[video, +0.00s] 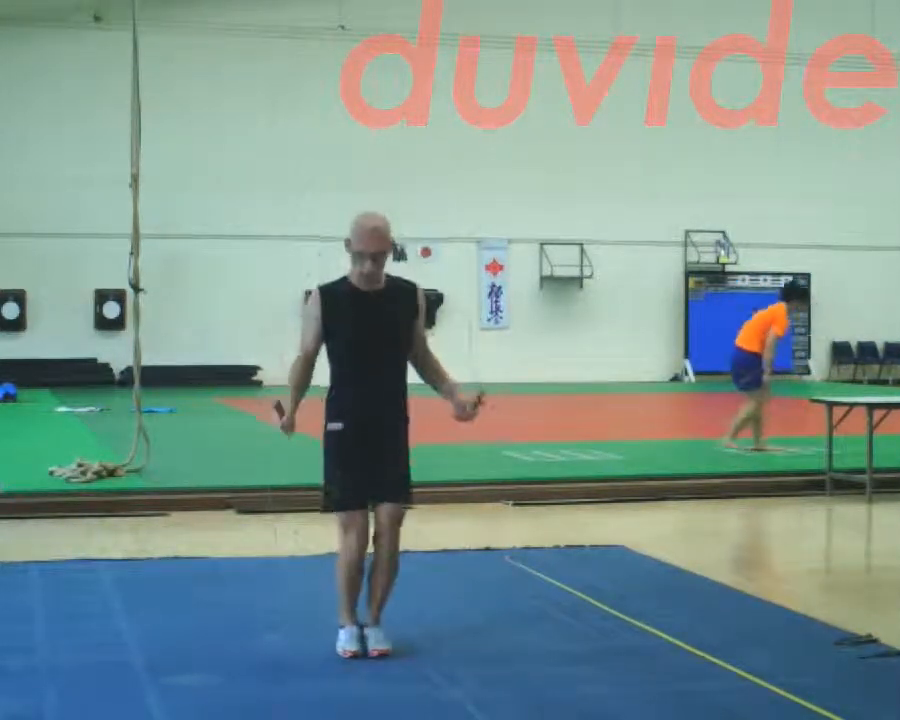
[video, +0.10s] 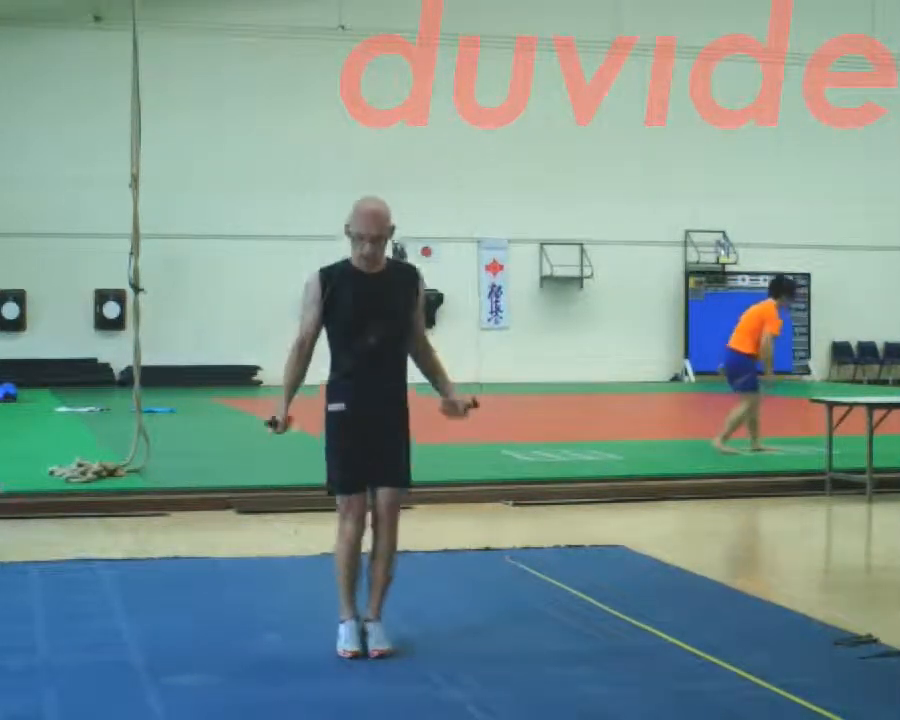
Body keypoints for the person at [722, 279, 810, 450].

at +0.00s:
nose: (801, 306)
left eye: (802, 302)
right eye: (800, 301)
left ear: (787, 297)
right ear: (794, 300)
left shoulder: (773, 309)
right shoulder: (781, 314)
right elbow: (770, 341)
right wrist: (767, 369)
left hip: (744, 352)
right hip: (749, 355)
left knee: (758, 398)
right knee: (758, 398)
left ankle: (758, 442)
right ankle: (729, 437)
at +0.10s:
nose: (791, 300)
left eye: (791, 296)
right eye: (790, 296)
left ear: (774, 292)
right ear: (783, 295)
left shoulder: (761, 307)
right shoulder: (772, 312)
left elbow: (743, 332)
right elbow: (766, 341)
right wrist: (769, 369)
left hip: (736, 354)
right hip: (742, 356)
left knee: (754, 399)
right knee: (750, 399)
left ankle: (755, 442)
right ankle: (720, 438)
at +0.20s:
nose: (780, 292)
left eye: (780, 288)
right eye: (778, 288)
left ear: (760, 287)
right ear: (772, 289)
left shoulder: (747, 304)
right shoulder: (761, 306)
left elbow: (724, 330)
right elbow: (761, 339)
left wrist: (717, 357)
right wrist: (770, 365)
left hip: (726, 353)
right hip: (736, 356)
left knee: (746, 402)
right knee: (741, 402)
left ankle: (753, 441)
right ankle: (720, 442)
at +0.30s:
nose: (770, 287)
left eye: (770, 283)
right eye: (768, 283)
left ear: (749, 282)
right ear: (764, 284)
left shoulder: (737, 300)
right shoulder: (755, 303)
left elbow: (718, 327)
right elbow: (755, 335)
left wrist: (712, 353)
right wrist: (767, 362)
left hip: (720, 350)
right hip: (731, 353)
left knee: (736, 399)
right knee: (734, 400)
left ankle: (738, 440)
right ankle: (718, 443)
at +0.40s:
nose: (760, 283)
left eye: (760, 280)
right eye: (759, 280)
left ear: (740, 278)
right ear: (755, 280)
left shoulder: (727, 298)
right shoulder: (749, 301)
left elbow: (712, 326)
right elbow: (750, 333)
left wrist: (712, 343)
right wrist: (761, 360)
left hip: (714, 348)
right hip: (727, 351)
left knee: (727, 394)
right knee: (728, 396)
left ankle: (720, 437)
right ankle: (719, 442)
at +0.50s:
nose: (750, 282)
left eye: (749, 278)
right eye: (749, 278)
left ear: (729, 277)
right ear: (746, 279)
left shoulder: (719, 298)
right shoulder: (743, 301)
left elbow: (706, 324)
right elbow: (744, 331)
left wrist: (710, 342)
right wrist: (750, 357)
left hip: (711, 348)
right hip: (725, 351)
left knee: (714, 395)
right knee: (721, 398)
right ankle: (718, 444)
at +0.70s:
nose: (736, 279)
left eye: (734, 276)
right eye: (736, 276)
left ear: (716, 276)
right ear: (733, 277)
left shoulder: (706, 297)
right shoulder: (732, 301)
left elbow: (697, 324)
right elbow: (732, 333)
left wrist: (695, 344)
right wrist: (733, 362)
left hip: (695, 348)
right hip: (714, 352)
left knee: (691, 392)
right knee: (716, 400)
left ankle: (666, 433)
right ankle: (717, 444)